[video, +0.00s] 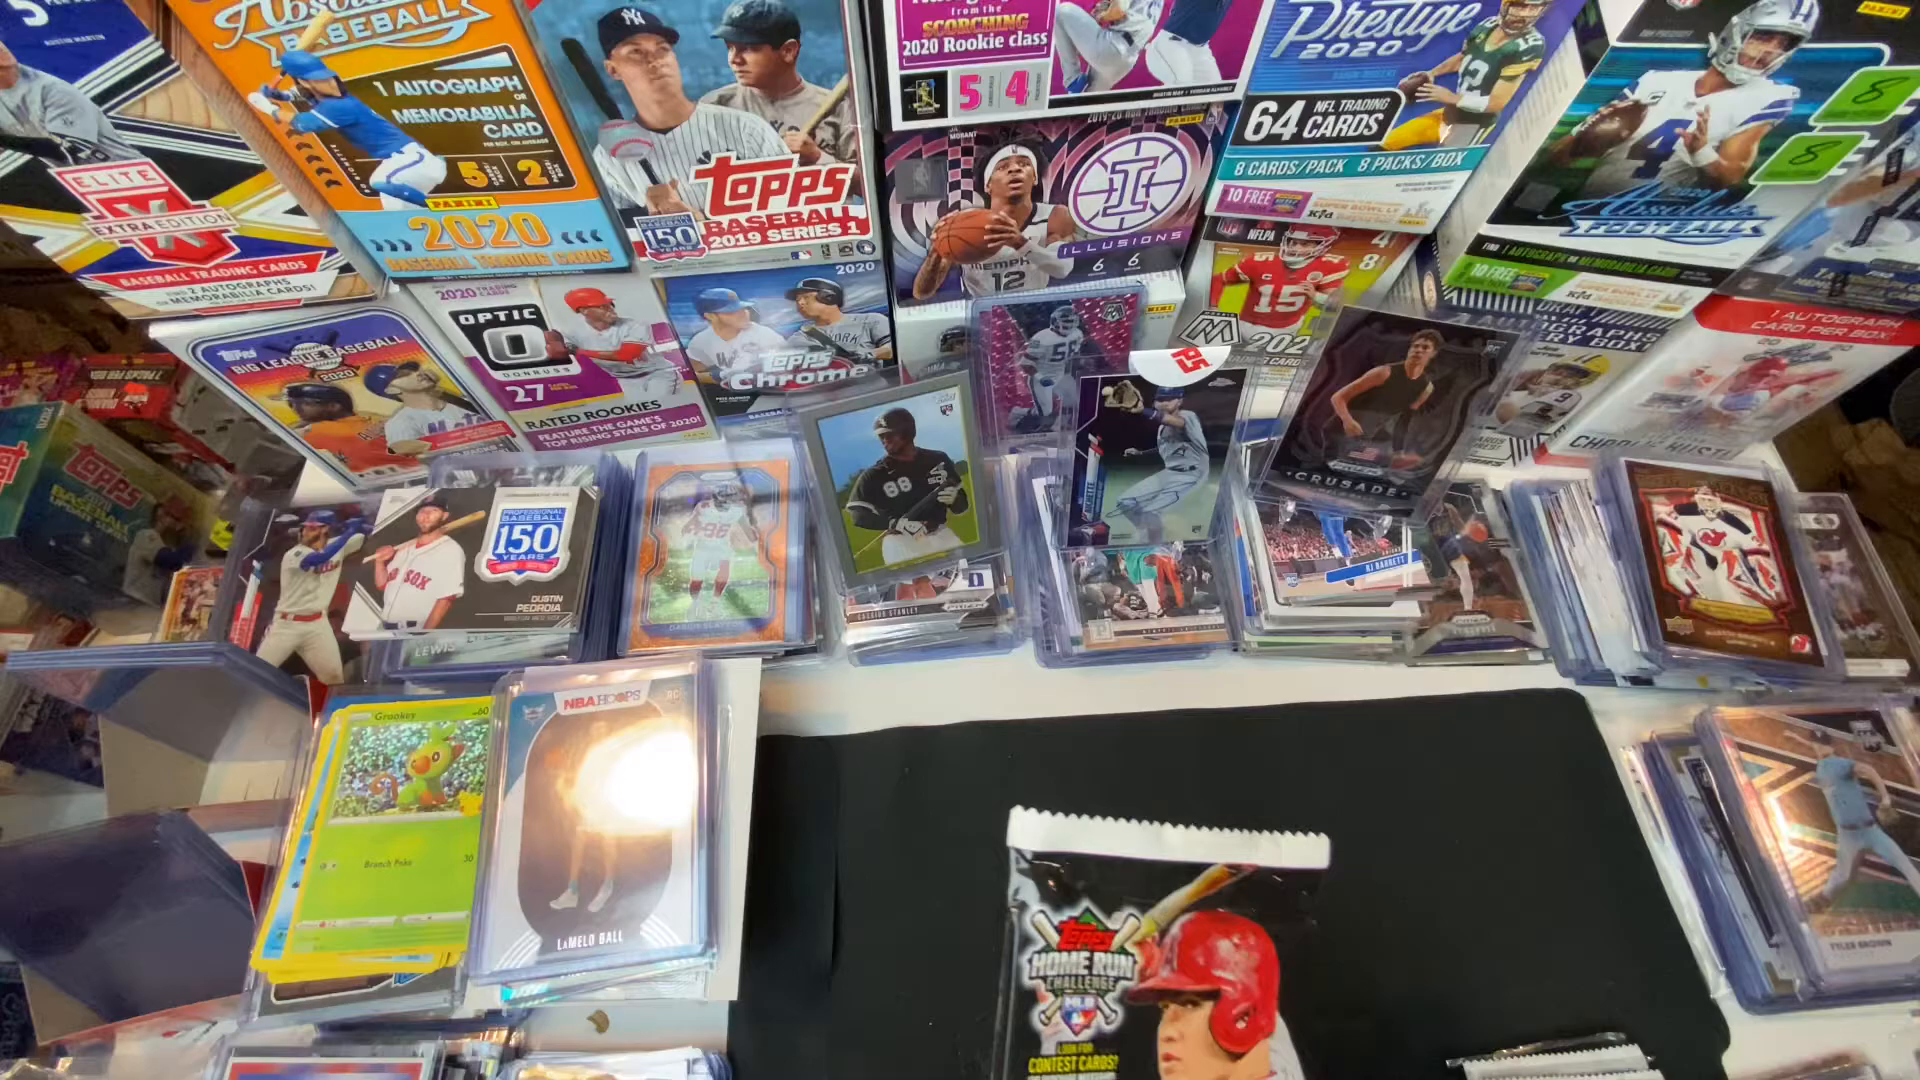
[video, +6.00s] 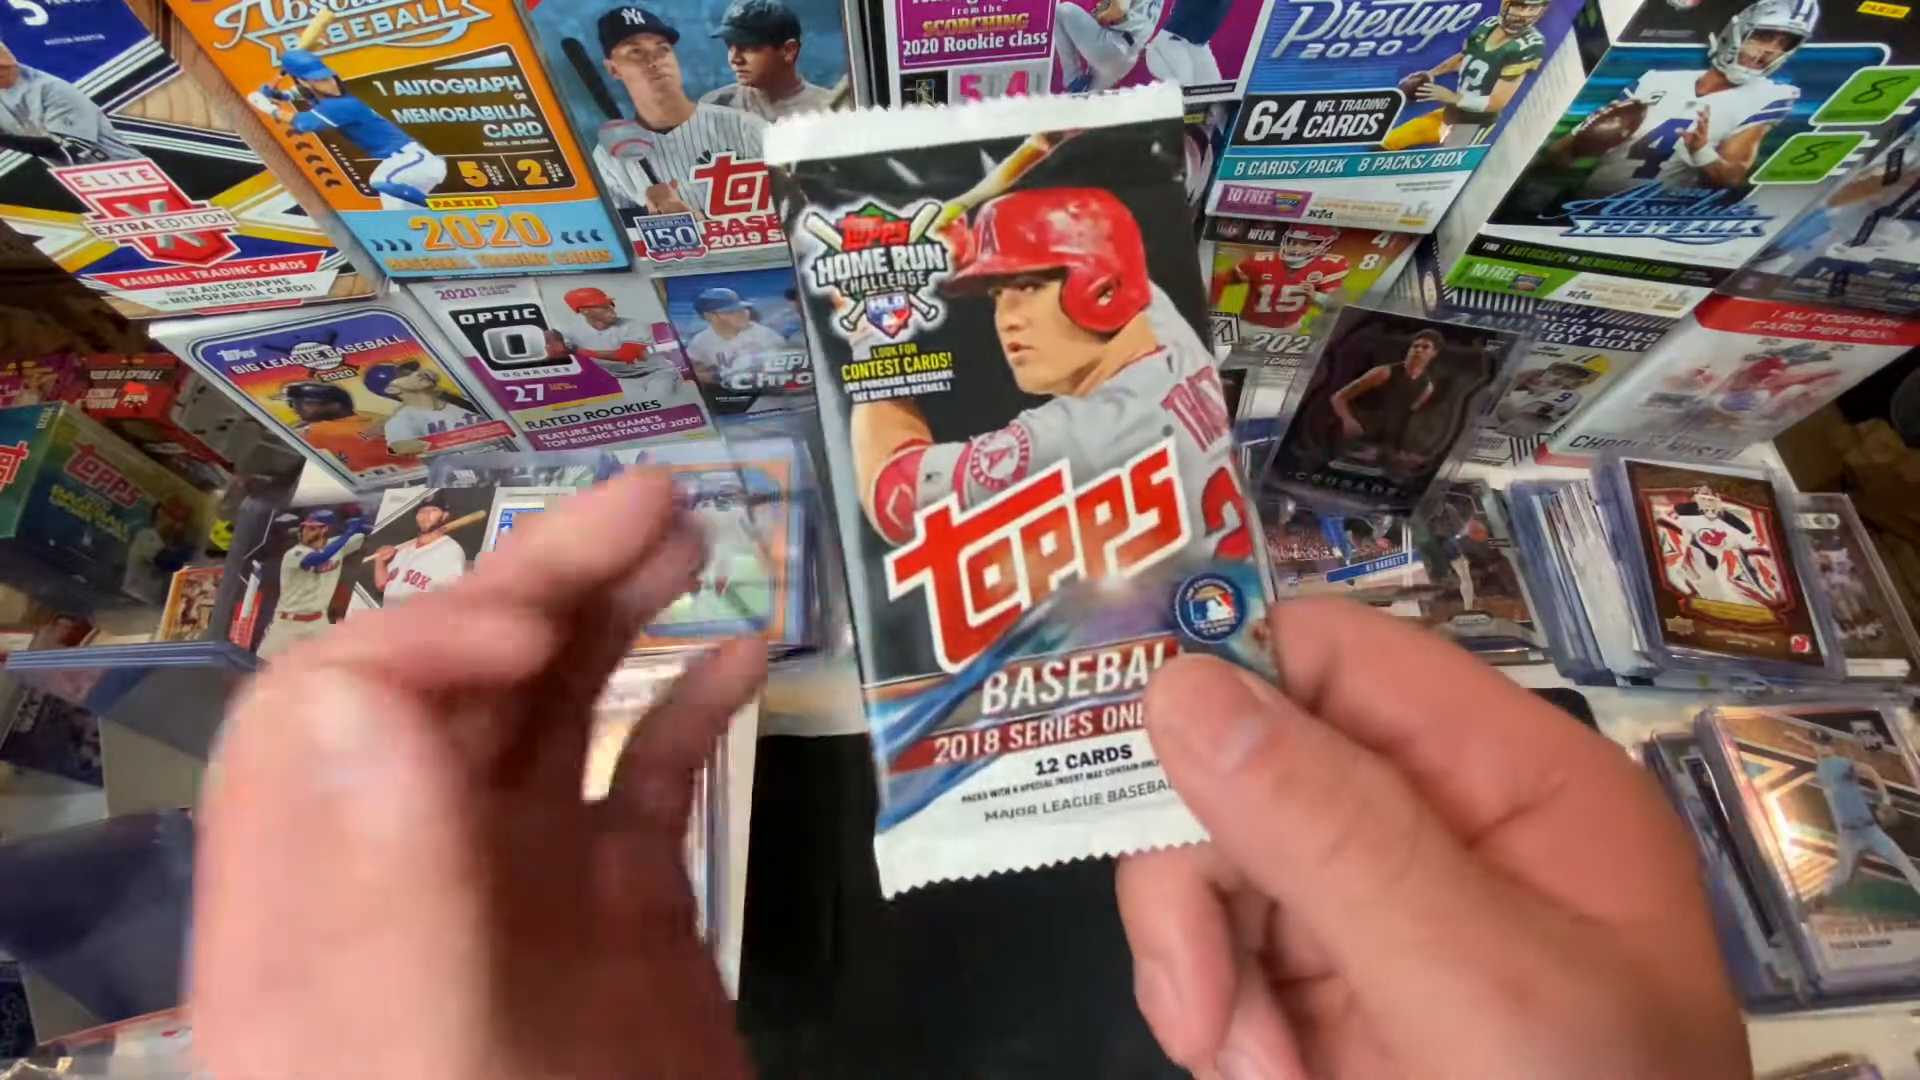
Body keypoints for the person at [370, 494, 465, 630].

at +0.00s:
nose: (425, 516)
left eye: (433, 511)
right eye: (422, 511)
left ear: (445, 516)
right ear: (416, 515)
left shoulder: (451, 550)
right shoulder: (404, 548)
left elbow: (446, 599)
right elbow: (382, 585)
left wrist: (424, 635)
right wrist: (380, 561)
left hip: (416, 631)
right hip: (386, 627)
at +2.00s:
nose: (425, 517)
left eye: (432, 511)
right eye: (422, 511)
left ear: (445, 516)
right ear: (416, 515)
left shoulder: (451, 550)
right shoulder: (406, 548)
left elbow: (445, 600)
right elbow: (382, 586)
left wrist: (426, 636)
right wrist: (379, 562)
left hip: (416, 632)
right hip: (386, 627)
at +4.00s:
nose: (425, 516)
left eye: (432, 511)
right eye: (422, 511)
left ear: (445, 516)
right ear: (416, 515)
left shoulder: (450, 550)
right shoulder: (405, 548)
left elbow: (447, 598)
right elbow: (382, 585)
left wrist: (425, 633)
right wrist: (379, 561)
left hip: (416, 630)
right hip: (386, 627)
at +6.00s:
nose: (426, 516)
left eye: (433, 511)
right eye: (423, 511)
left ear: (444, 516)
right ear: (416, 516)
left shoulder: (451, 550)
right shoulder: (404, 549)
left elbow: (449, 596)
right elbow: (381, 584)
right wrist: (380, 560)